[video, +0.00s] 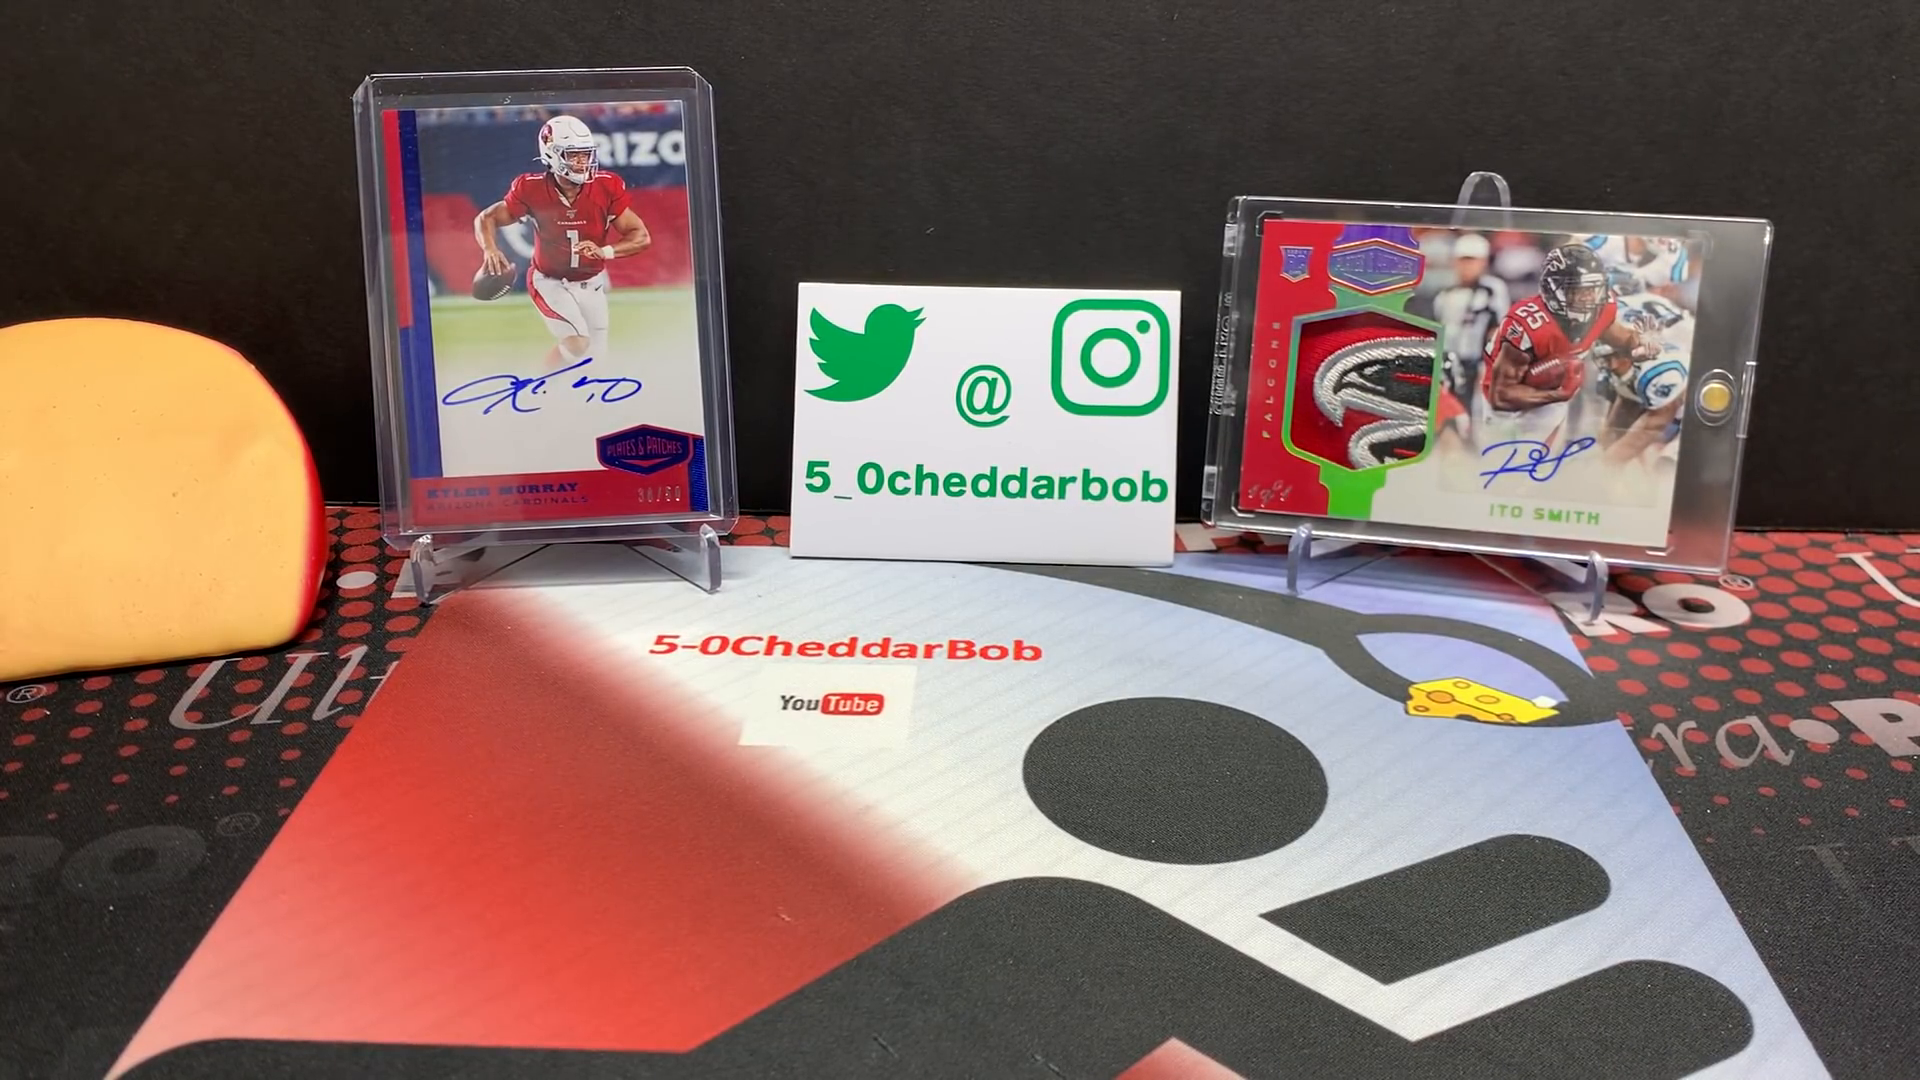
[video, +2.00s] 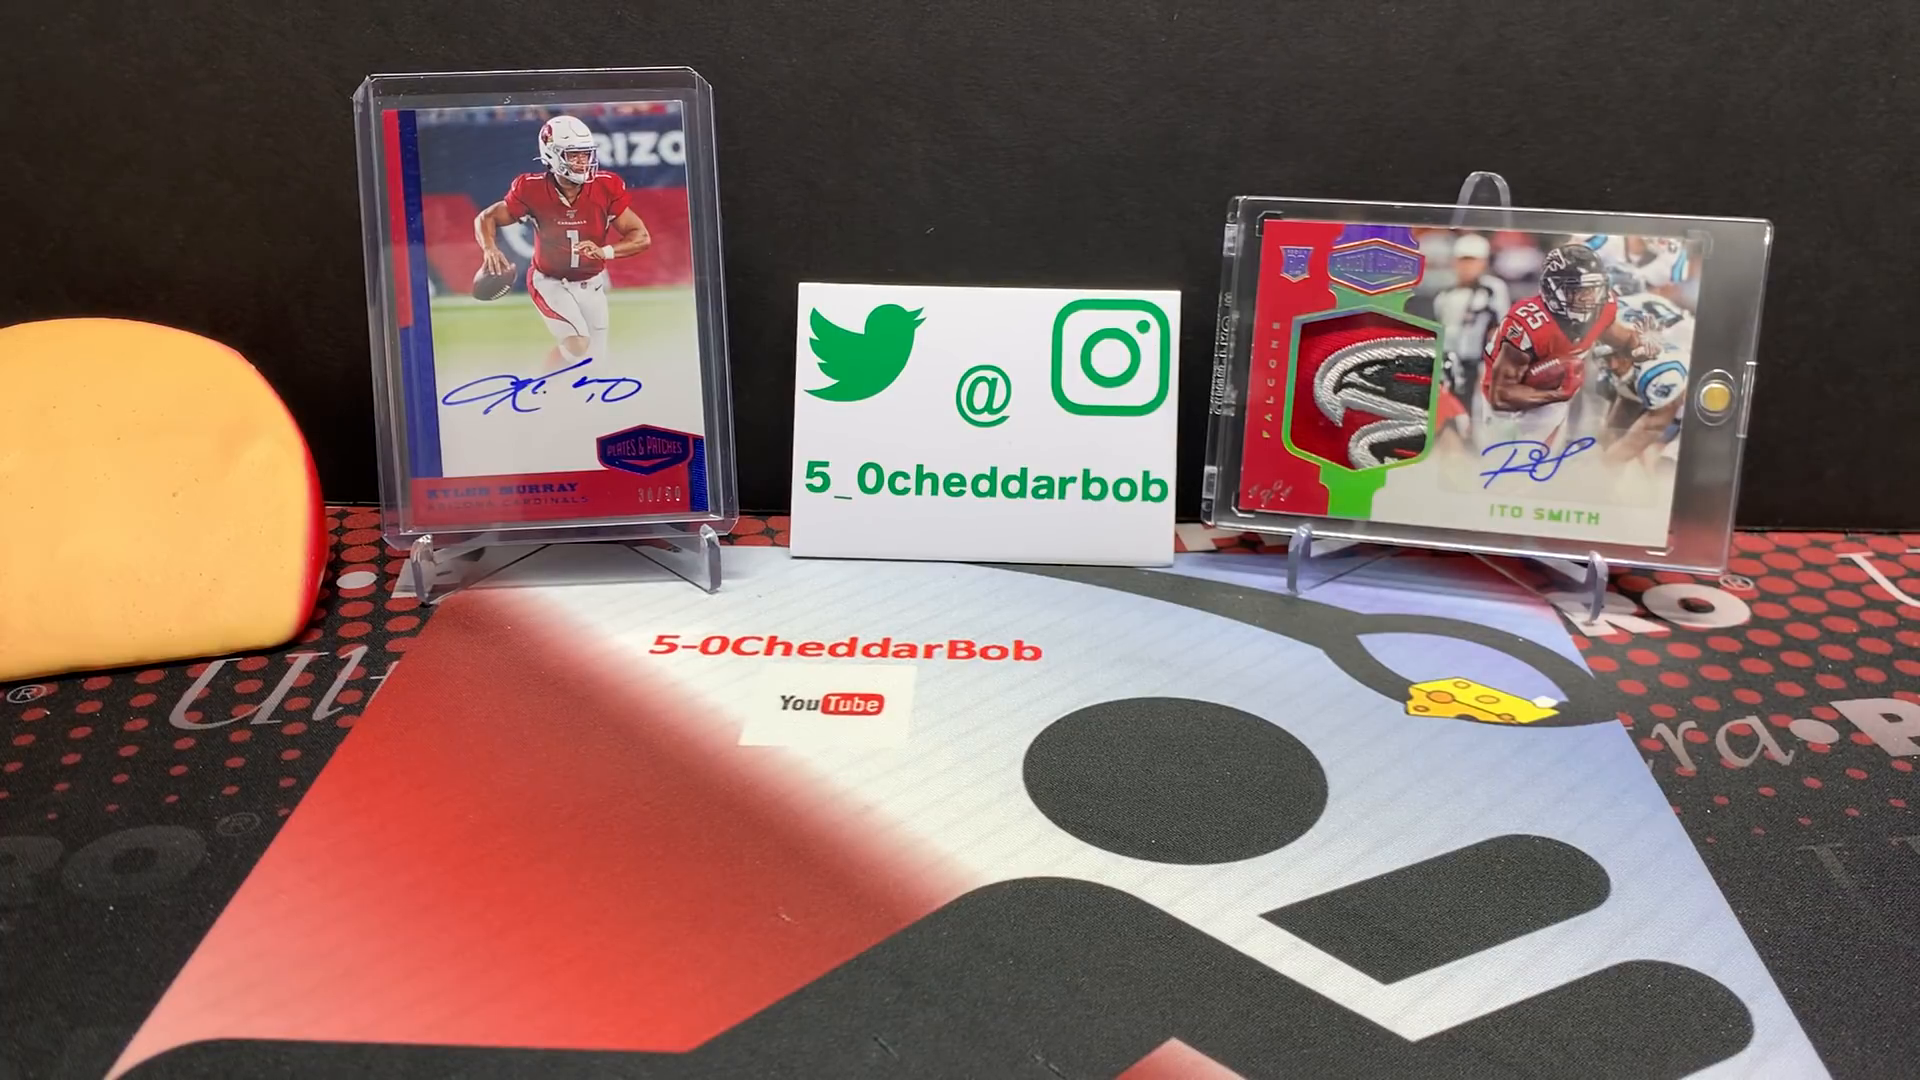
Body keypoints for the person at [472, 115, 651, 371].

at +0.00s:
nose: (580, 162)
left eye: (585, 155)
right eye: (572, 156)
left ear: (592, 154)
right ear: (552, 155)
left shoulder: (607, 186)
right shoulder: (530, 189)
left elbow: (641, 237)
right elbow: (484, 219)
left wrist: (605, 252)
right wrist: (490, 249)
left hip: (591, 282)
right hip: (548, 280)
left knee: (595, 361)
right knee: (576, 343)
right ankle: (533, 391)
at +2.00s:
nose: (580, 162)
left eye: (585, 155)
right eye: (573, 156)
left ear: (592, 154)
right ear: (552, 155)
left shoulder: (606, 187)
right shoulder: (530, 189)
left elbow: (641, 238)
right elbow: (484, 219)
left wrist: (605, 252)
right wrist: (489, 248)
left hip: (591, 283)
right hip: (549, 280)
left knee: (596, 362)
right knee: (577, 344)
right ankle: (534, 391)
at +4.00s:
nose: (580, 162)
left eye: (584, 155)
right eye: (573, 156)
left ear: (592, 154)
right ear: (552, 155)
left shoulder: (606, 187)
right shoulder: (530, 189)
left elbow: (642, 237)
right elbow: (484, 219)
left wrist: (606, 252)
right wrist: (490, 248)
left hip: (591, 283)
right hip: (549, 280)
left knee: (596, 363)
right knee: (577, 344)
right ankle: (535, 391)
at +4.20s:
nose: (580, 162)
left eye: (585, 155)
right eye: (573, 156)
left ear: (591, 154)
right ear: (552, 155)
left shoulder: (607, 187)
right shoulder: (530, 190)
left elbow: (642, 238)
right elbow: (484, 219)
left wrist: (605, 252)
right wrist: (490, 248)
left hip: (591, 283)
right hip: (548, 280)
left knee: (596, 363)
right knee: (577, 344)